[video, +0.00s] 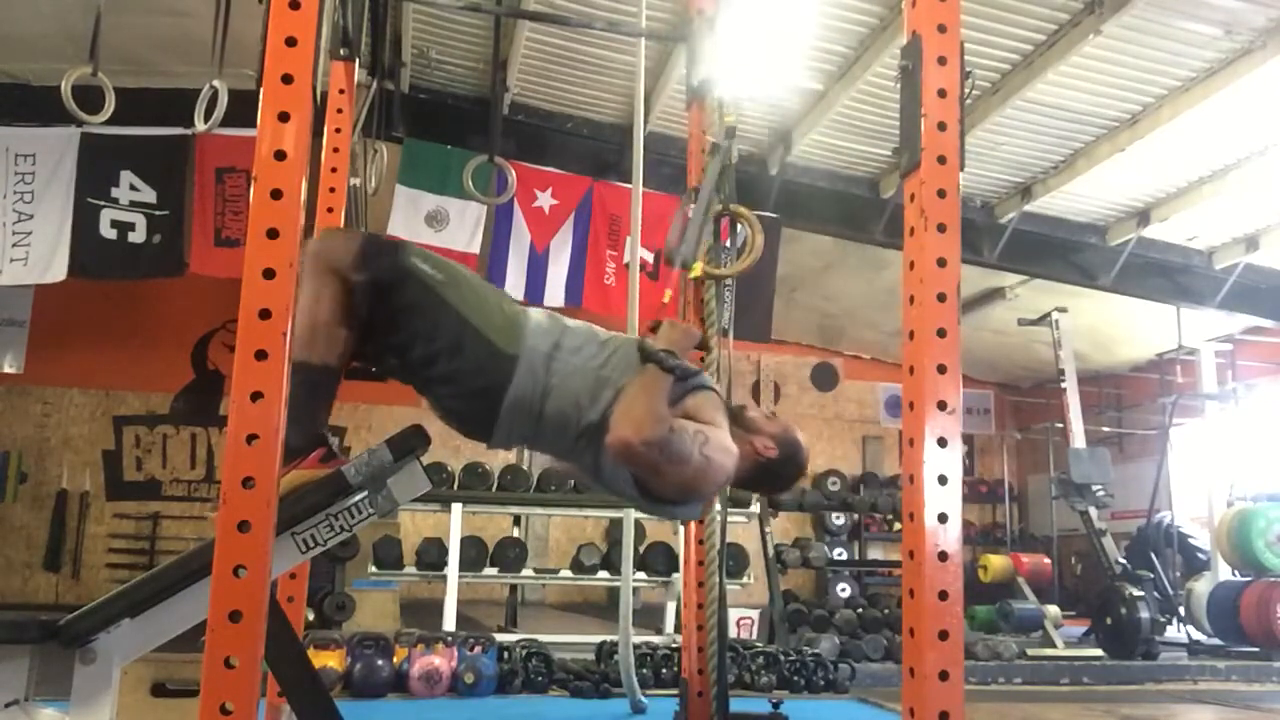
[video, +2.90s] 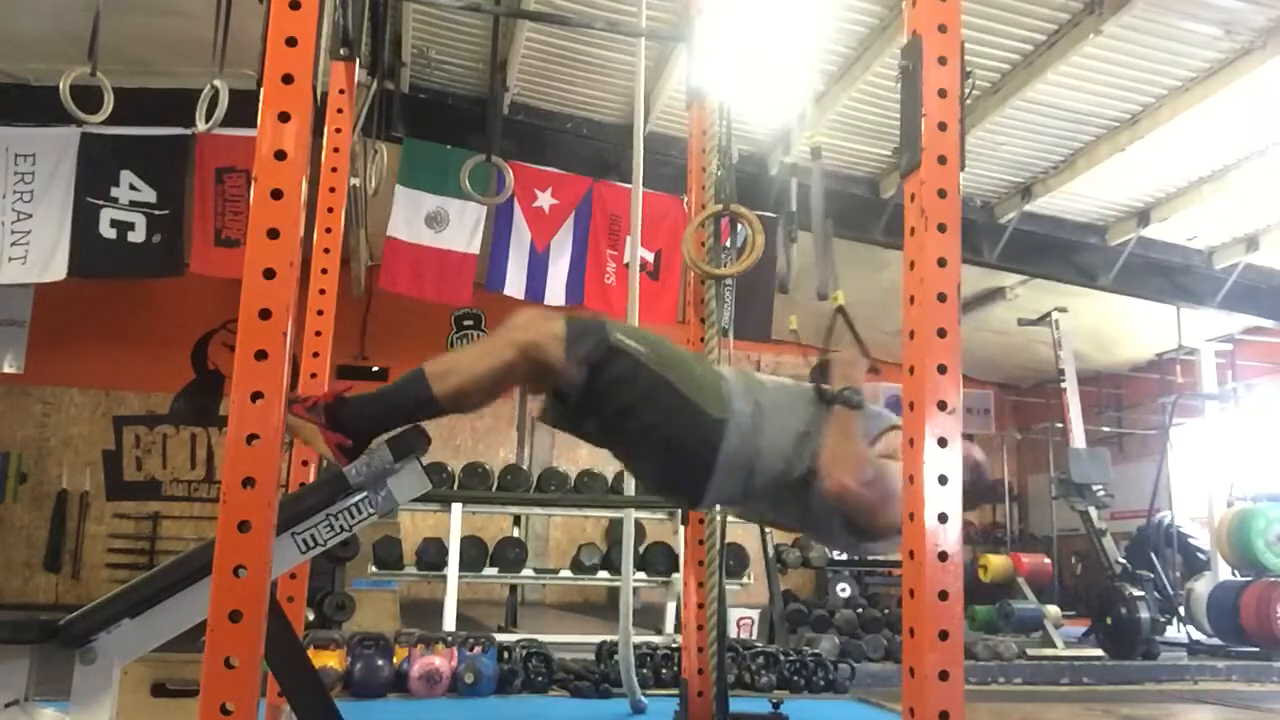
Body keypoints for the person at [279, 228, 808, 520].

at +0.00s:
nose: (762, 404)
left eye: (771, 418)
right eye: (774, 408)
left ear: (762, 449)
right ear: (760, 445)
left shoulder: (714, 459)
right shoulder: (707, 431)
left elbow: (634, 439)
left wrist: (669, 363)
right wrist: (669, 351)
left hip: (508, 363)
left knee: (333, 251)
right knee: (352, 295)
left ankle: (292, 420)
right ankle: (290, 417)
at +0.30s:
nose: (853, 455)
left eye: (860, 470)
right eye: (862, 457)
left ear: (847, 495)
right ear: (846, 460)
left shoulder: (798, 490)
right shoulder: (794, 449)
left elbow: (726, 456)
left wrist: (748, 386)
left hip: (600, 398)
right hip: (608, 373)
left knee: (443, 273)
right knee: (443, 283)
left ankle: (325, 422)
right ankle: (327, 417)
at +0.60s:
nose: (936, 469)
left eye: (946, 482)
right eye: (944, 471)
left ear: (937, 520)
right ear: (935, 493)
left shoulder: (889, 534)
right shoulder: (877, 476)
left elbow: (834, 480)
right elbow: (841, 440)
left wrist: (839, 402)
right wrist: (845, 390)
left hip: (702, 445)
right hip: (703, 409)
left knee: (539, 322)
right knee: (531, 336)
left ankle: (365, 414)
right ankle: (378, 410)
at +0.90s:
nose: (996, 493)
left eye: (1006, 505)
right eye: (1004, 490)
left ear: (997, 534)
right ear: (990, 489)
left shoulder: (948, 545)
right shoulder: (940, 495)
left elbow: (894, 490)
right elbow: (878, 460)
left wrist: (918, 418)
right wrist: (903, 412)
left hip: (770, 484)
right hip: (762, 457)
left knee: (591, 404)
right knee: (583, 395)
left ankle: (392, 423)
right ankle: (404, 418)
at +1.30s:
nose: (975, 571)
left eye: (984, 586)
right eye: (986, 568)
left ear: (974, 613)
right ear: (973, 561)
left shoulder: (921, 622)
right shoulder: (914, 565)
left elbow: (885, 515)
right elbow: (876, 497)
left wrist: (905, 445)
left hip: (755, 544)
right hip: (750, 503)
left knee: (595, 434)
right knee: (574, 429)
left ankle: (378, 410)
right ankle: (382, 420)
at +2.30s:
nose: (986, 467)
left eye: (995, 478)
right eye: (991, 463)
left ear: (989, 508)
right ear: (978, 460)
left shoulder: (939, 528)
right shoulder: (930, 469)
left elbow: (887, 486)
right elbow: (876, 464)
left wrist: (917, 408)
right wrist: (883, 398)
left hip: (754, 468)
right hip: (745, 454)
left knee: (570, 407)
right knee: (560, 407)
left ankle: (365, 414)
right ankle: (373, 416)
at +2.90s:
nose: (926, 448)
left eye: (937, 463)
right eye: (934, 449)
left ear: (933, 495)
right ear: (922, 457)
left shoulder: (887, 511)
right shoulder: (875, 462)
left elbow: (844, 477)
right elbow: (832, 427)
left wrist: (843, 396)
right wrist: (842, 382)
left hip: (709, 434)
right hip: (702, 414)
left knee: (538, 327)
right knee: (528, 353)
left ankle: (360, 415)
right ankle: (370, 416)